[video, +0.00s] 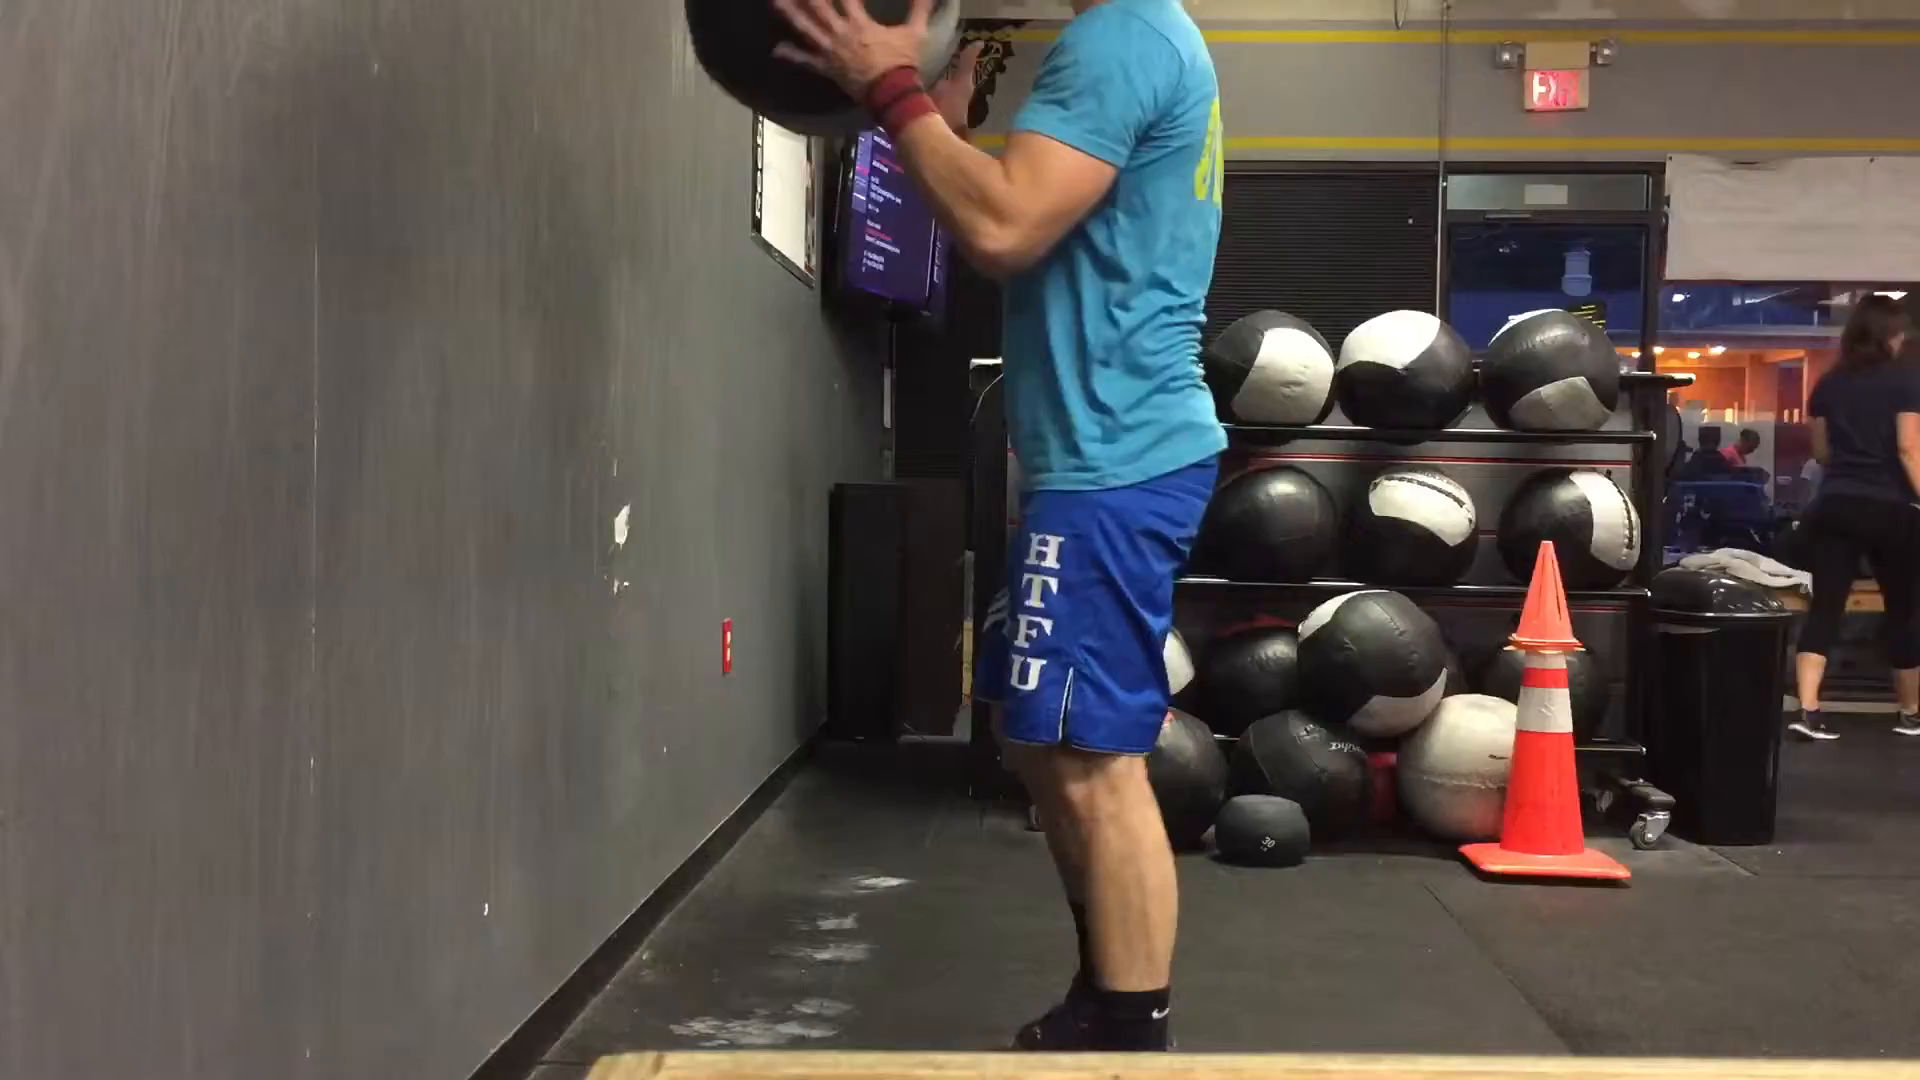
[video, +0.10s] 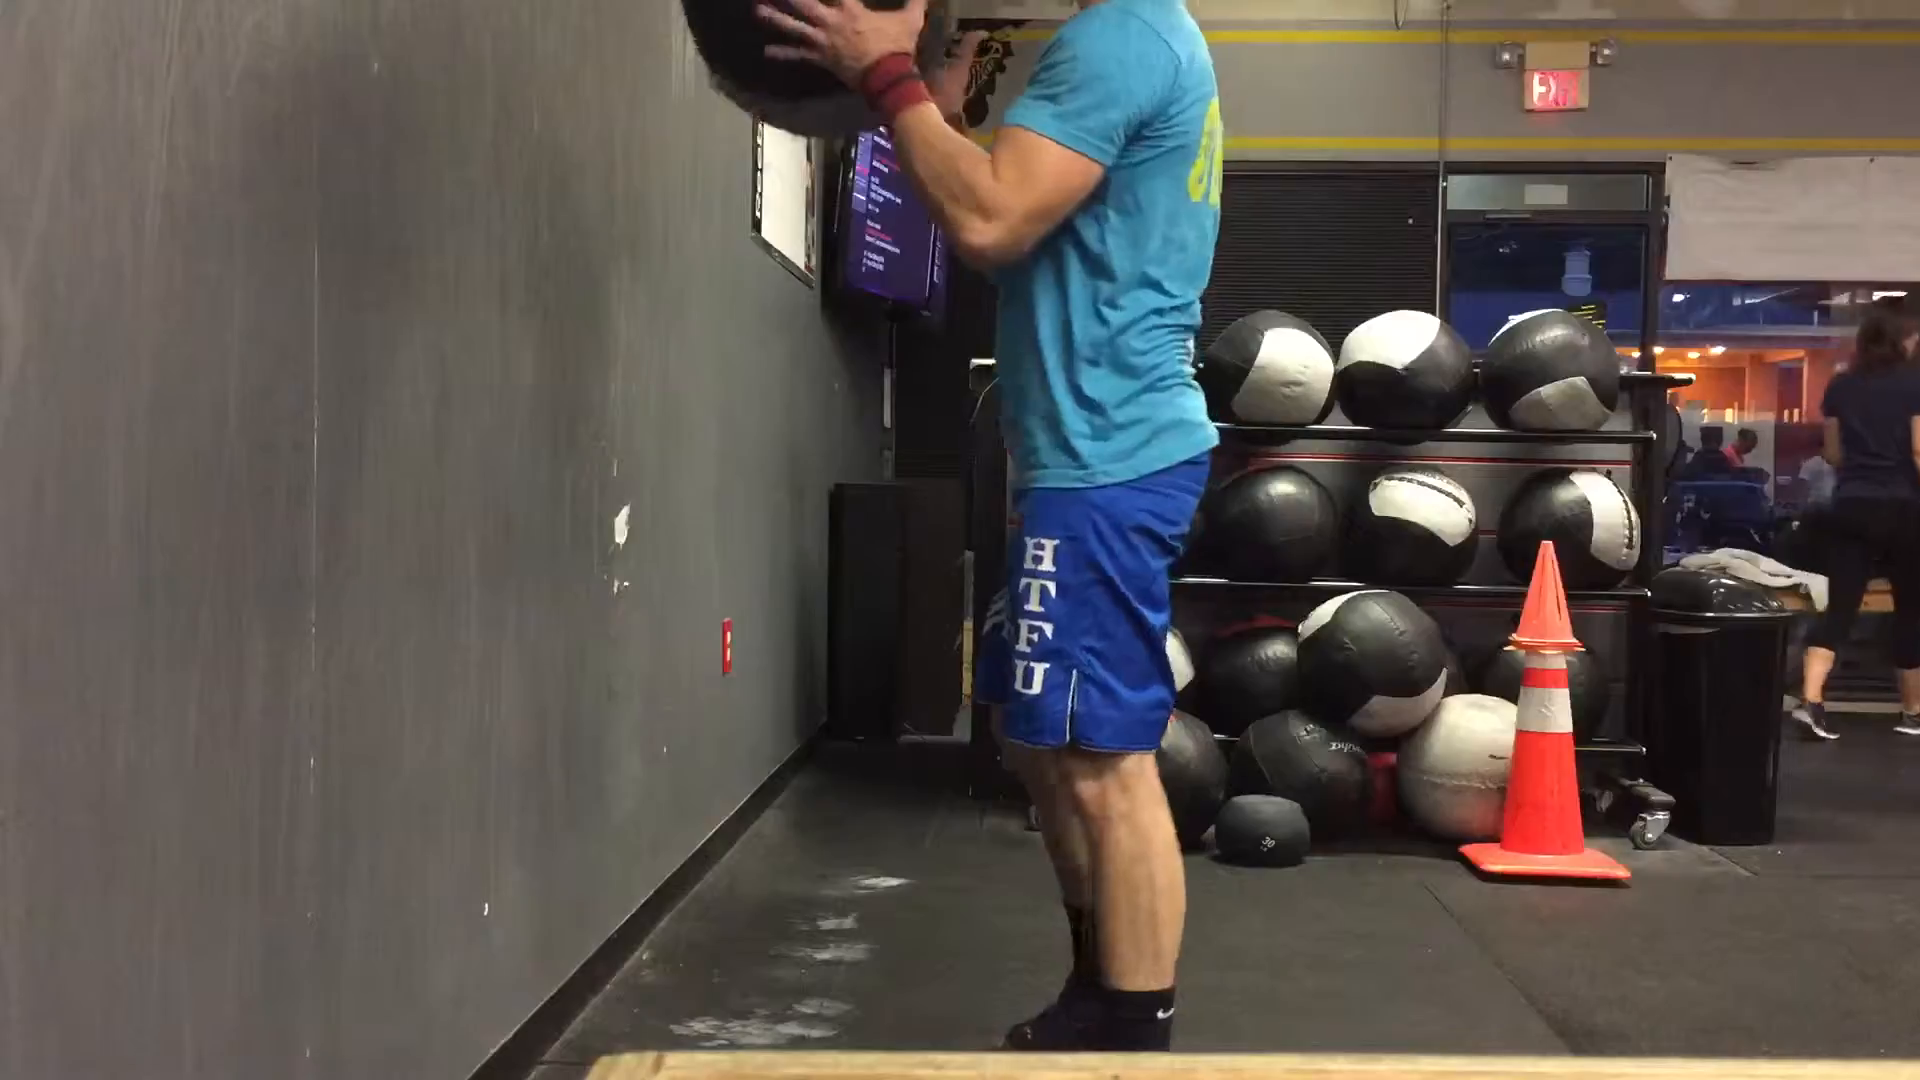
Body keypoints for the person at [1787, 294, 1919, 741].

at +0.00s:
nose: (1903, 341)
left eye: (1902, 333)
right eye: (1901, 334)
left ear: (1853, 336)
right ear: (1890, 337)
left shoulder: (1829, 384)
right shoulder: (1903, 383)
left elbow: (1820, 451)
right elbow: (1908, 449)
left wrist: (1849, 472)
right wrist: (1919, 494)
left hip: (1835, 507)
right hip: (1891, 509)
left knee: (1824, 604)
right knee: (1903, 607)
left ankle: (1806, 710)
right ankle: (1909, 710)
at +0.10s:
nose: (1917, 345)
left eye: (1916, 337)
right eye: (1914, 338)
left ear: (1865, 342)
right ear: (1901, 342)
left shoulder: (1841, 386)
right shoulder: (1912, 384)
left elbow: (1831, 452)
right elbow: (1917, 450)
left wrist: (1860, 472)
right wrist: (1912, 486)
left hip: (1852, 506)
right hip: (1903, 507)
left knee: (1839, 605)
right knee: (1909, 607)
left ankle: (1809, 702)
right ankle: (1912, 710)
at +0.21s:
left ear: (1880, 337)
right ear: (1917, 339)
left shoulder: (1862, 382)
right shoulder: (1915, 378)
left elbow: (1853, 447)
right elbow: (1854, 445)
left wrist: (1852, 484)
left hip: (1873, 501)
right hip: (1913, 502)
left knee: (1872, 605)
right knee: (1914, 609)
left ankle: (1830, 675)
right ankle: (1912, 711)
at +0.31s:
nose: (1904, 346)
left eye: (1902, 340)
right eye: (1908, 339)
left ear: (1899, 343)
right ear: (1913, 343)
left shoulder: (1879, 384)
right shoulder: (1887, 384)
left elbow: (1865, 451)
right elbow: (1864, 451)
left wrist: (1863, 505)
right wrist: (1864, 503)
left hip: (1890, 503)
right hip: (1907, 504)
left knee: (1904, 600)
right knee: (1910, 603)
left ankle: (1861, 668)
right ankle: (1911, 711)